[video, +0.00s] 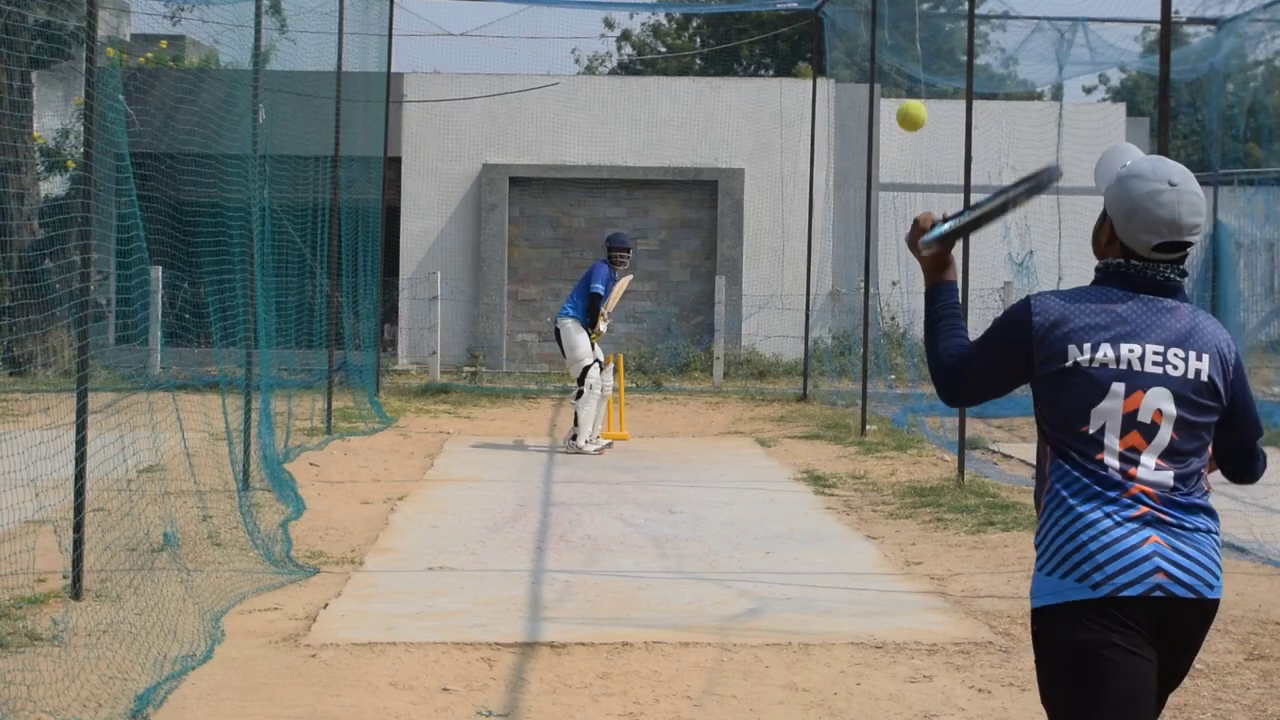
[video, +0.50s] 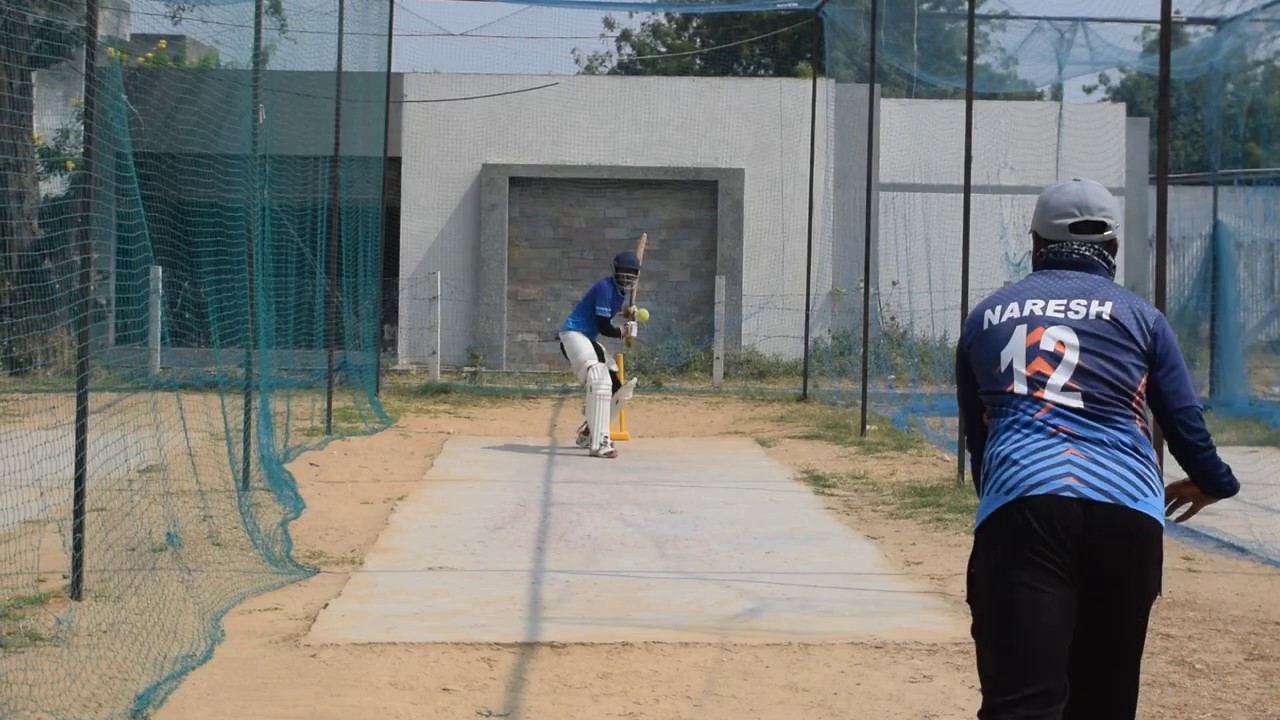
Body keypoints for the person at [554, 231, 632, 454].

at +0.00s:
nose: (621, 257)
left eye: (625, 253)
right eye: (617, 252)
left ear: (629, 255)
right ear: (608, 252)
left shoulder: (612, 276)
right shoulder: (601, 269)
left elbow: (605, 305)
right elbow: (595, 300)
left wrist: (603, 318)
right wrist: (594, 326)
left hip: (583, 325)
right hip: (570, 324)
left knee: (604, 380)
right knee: (590, 379)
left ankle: (590, 435)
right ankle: (579, 439)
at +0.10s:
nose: (622, 260)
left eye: (626, 256)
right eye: (618, 255)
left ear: (631, 258)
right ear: (610, 254)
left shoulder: (614, 278)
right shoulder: (603, 271)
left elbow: (605, 304)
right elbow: (597, 302)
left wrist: (605, 317)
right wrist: (597, 324)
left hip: (583, 326)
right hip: (569, 323)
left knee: (604, 380)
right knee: (590, 379)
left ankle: (590, 435)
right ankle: (579, 439)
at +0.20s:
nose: (626, 268)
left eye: (630, 264)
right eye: (622, 263)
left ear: (634, 266)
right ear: (615, 263)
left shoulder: (615, 284)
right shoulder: (605, 279)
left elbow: (610, 307)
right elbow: (599, 315)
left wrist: (610, 318)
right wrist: (604, 329)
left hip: (581, 327)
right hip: (567, 322)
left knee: (607, 381)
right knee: (592, 378)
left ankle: (590, 434)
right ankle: (583, 438)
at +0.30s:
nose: (627, 274)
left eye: (631, 271)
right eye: (624, 269)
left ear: (635, 272)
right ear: (616, 269)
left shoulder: (617, 289)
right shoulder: (607, 285)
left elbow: (615, 309)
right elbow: (602, 325)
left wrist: (615, 319)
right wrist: (610, 329)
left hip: (579, 328)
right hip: (566, 324)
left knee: (610, 380)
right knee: (591, 374)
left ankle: (587, 432)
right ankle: (592, 436)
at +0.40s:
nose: (629, 279)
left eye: (633, 275)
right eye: (626, 274)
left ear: (637, 277)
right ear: (618, 272)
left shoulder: (623, 293)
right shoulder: (606, 289)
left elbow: (620, 312)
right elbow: (603, 328)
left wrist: (622, 317)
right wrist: (617, 332)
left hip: (585, 332)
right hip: (569, 328)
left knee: (612, 383)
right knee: (593, 379)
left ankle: (587, 434)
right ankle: (597, 441)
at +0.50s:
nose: (628, 278)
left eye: (632, 274)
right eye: (625, 273)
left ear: (636, 276)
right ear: (616, 271)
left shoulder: (620, 293)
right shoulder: (605, 287)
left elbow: (619, 310)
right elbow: (603, 326)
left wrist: (626, 315)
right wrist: (622, 332)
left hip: (589, 338)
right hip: (574, 334)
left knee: (617, 386)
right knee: (599, 379)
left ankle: (588, 433)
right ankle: (599, 443)